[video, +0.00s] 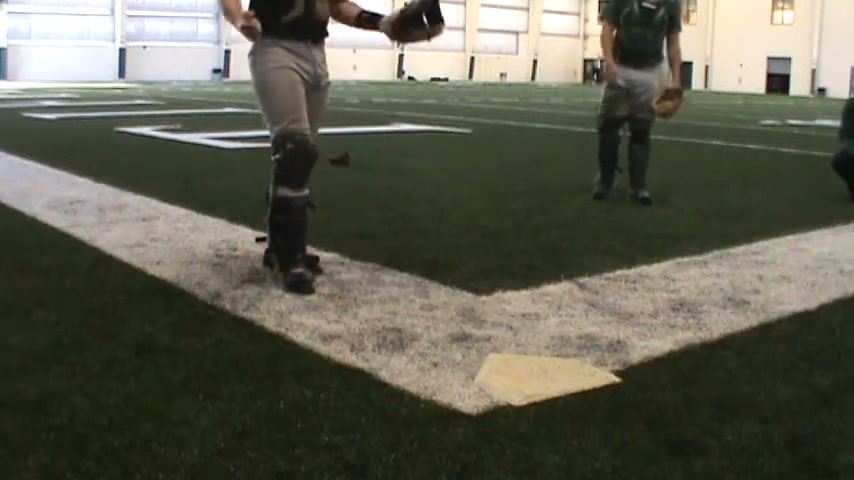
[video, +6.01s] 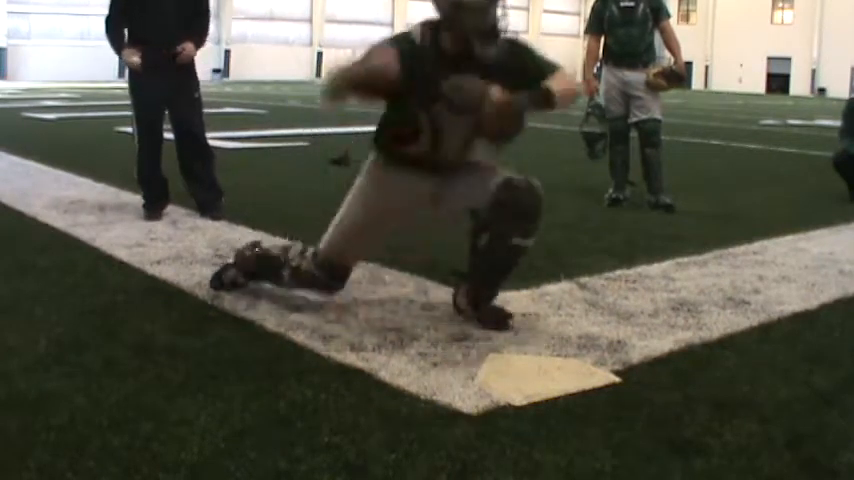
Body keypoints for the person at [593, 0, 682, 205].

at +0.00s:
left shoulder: (672, 5)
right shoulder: (619, 3)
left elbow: (673, 42)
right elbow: (607, 28)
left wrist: (675, 80)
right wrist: (609, 63)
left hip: (650, 74)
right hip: (619, 71)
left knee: (641, 134)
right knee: (608, 128)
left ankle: (639, 187)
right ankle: (605, 182)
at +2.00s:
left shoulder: (694, 5)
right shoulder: (640, 3)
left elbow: (706, 39)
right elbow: (627, 34)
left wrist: (708, 78)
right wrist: (623, 67)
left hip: (672, 76)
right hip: (638, 73)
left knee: (670, 139)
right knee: (626, 136)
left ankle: (673, 197)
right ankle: (619, 189)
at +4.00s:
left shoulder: (652, 4)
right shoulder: (602, 5)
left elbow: (665, 29)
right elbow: (593, 40)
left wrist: (678, 60)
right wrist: (590, 76)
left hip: (645, 74)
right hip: (613, 74)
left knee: (650, 134)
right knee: (617, 135)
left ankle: (656, 193)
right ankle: (618, 188)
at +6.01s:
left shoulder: (652, 4)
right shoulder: (603, 5)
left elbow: (666, 29)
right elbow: (594, 40)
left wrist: (679, 60)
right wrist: (588, 75)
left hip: (645, 74)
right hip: (613, 74)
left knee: (651, 133)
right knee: (617, 133)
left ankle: (656, 193)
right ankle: (618, 188)